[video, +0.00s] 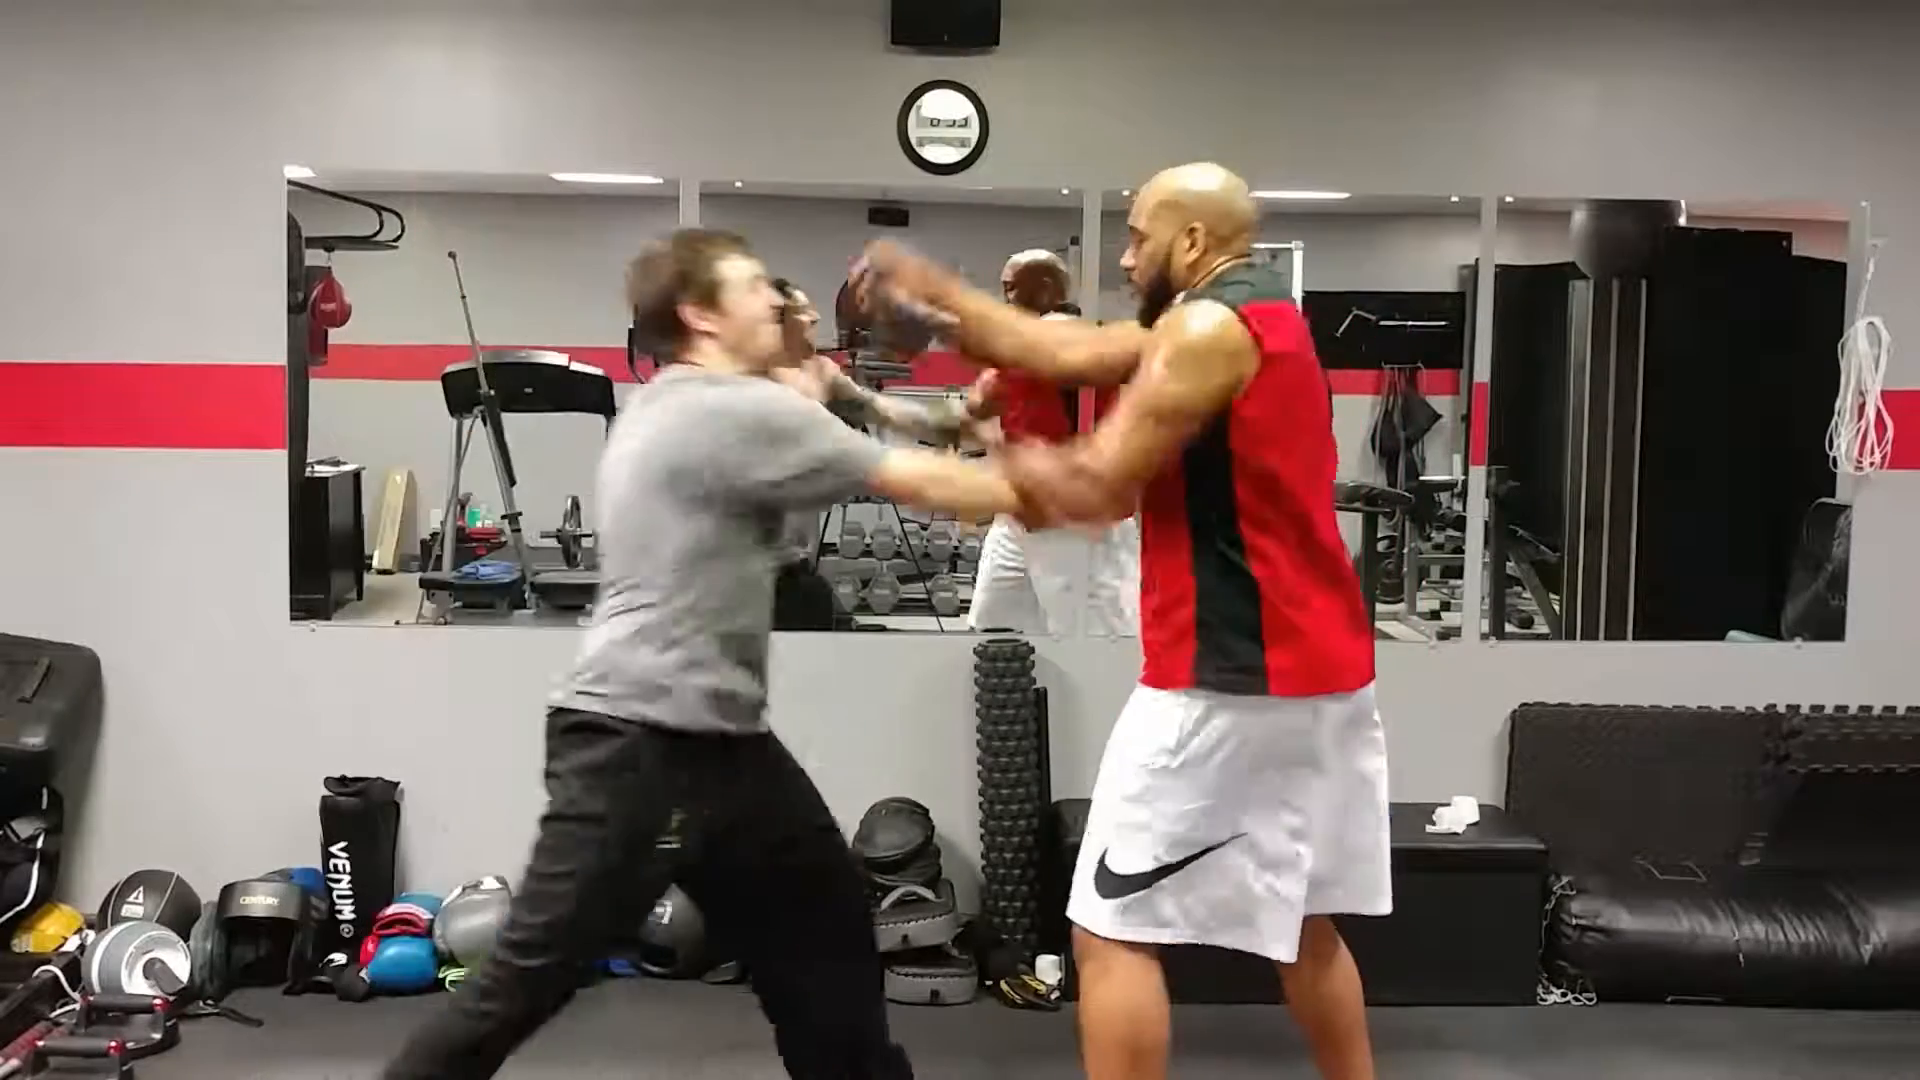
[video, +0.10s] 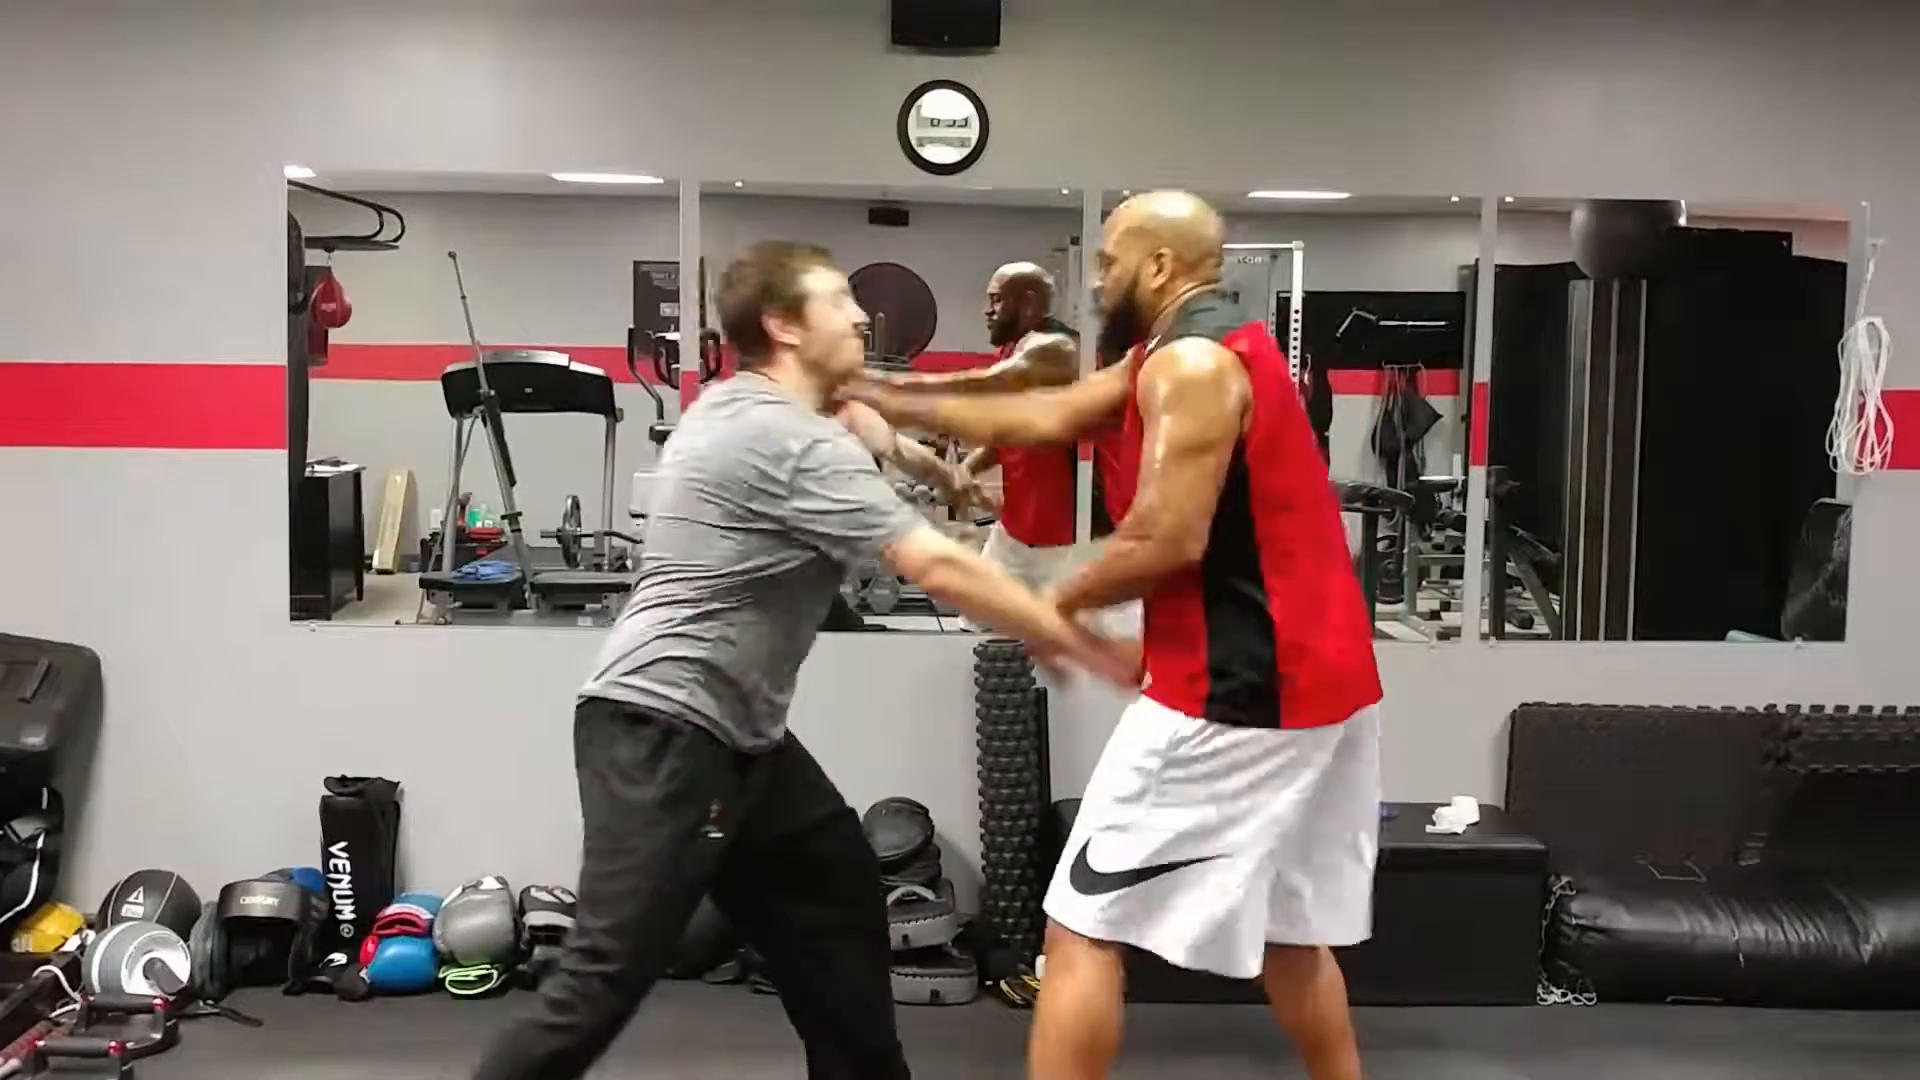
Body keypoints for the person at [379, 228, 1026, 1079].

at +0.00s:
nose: (783, 304)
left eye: (775, 285)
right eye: (760, 287)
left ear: (699, 322)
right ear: (701, 317)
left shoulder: (661, 412)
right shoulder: (734, 411)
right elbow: (912, 479)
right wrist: (1038, 495)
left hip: (722, 740)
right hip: (632, 736)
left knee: (828, 948)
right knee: (523, 979)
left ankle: (857, 1073)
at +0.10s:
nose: (861, 320)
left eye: (854, 302)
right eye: (842, 303)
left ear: (781, 332)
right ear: (784, 328)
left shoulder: (730, 413)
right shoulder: (786, 434)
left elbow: (852, 424)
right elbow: (929, 562)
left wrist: (939, 474)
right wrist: (1071, 640)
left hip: (733, 730)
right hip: (660, 722)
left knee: (837, 903)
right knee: (606, 970)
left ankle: (863, 1074)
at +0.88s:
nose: (701, 325)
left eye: (704, 307)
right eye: (685, 302)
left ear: (628, 304)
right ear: (615, 299)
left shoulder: (638, 408)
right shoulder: (552, 390)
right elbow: (554, 570)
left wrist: (680, 514)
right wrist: (680, 587)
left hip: (594, 705)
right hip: (482, 697)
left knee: (658, 921)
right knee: (479, 950)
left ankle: (588, 1076)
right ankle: (473, 1078)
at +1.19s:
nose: (621, 390)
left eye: (625, 372)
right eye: (607, 369)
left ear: (550, 367)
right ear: (538, 360)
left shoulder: (541, 458)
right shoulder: (431, 464)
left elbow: (495, 569)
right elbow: (399, 646)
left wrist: (551, 588)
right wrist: (501, 659)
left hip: (443, 724)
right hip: (315, 722)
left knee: (547, 950)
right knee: (260, 969)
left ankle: (591, 1073)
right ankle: (184, 1072)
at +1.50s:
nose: (499, 279)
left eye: (499, 258)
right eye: (481, 258)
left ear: (428, 264)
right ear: (410, 261)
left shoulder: (469, 376)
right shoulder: (314, 361)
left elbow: (566, 480)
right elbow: (361, 502)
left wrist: (555, 390)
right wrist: (468, 393)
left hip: (426, 705)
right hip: (285, 697)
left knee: (471, 965)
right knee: (223, 967)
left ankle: (476, 1075)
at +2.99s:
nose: (771, 368)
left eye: (777, 349)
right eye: (759, 343)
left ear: (699, 337)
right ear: (695, 333)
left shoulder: (688, 427)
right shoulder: (634, 422)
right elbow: (737, 570)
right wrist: (878, 616)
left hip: (605, 707)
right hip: (498, 699)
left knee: (686, 918)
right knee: (465, 950)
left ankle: (660, 1072)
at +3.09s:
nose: (747, 333)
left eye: (750, 315)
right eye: (730, 310)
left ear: (677, 315)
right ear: (664, 307)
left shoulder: (662, 408)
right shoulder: (599, 395)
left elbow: (672, 562)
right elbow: (659, 569)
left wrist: (737, 501)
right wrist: (793, 609)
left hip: (593, 698)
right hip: (485, 690)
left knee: (668, 928)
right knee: (416, 944)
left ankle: (662, 1077)